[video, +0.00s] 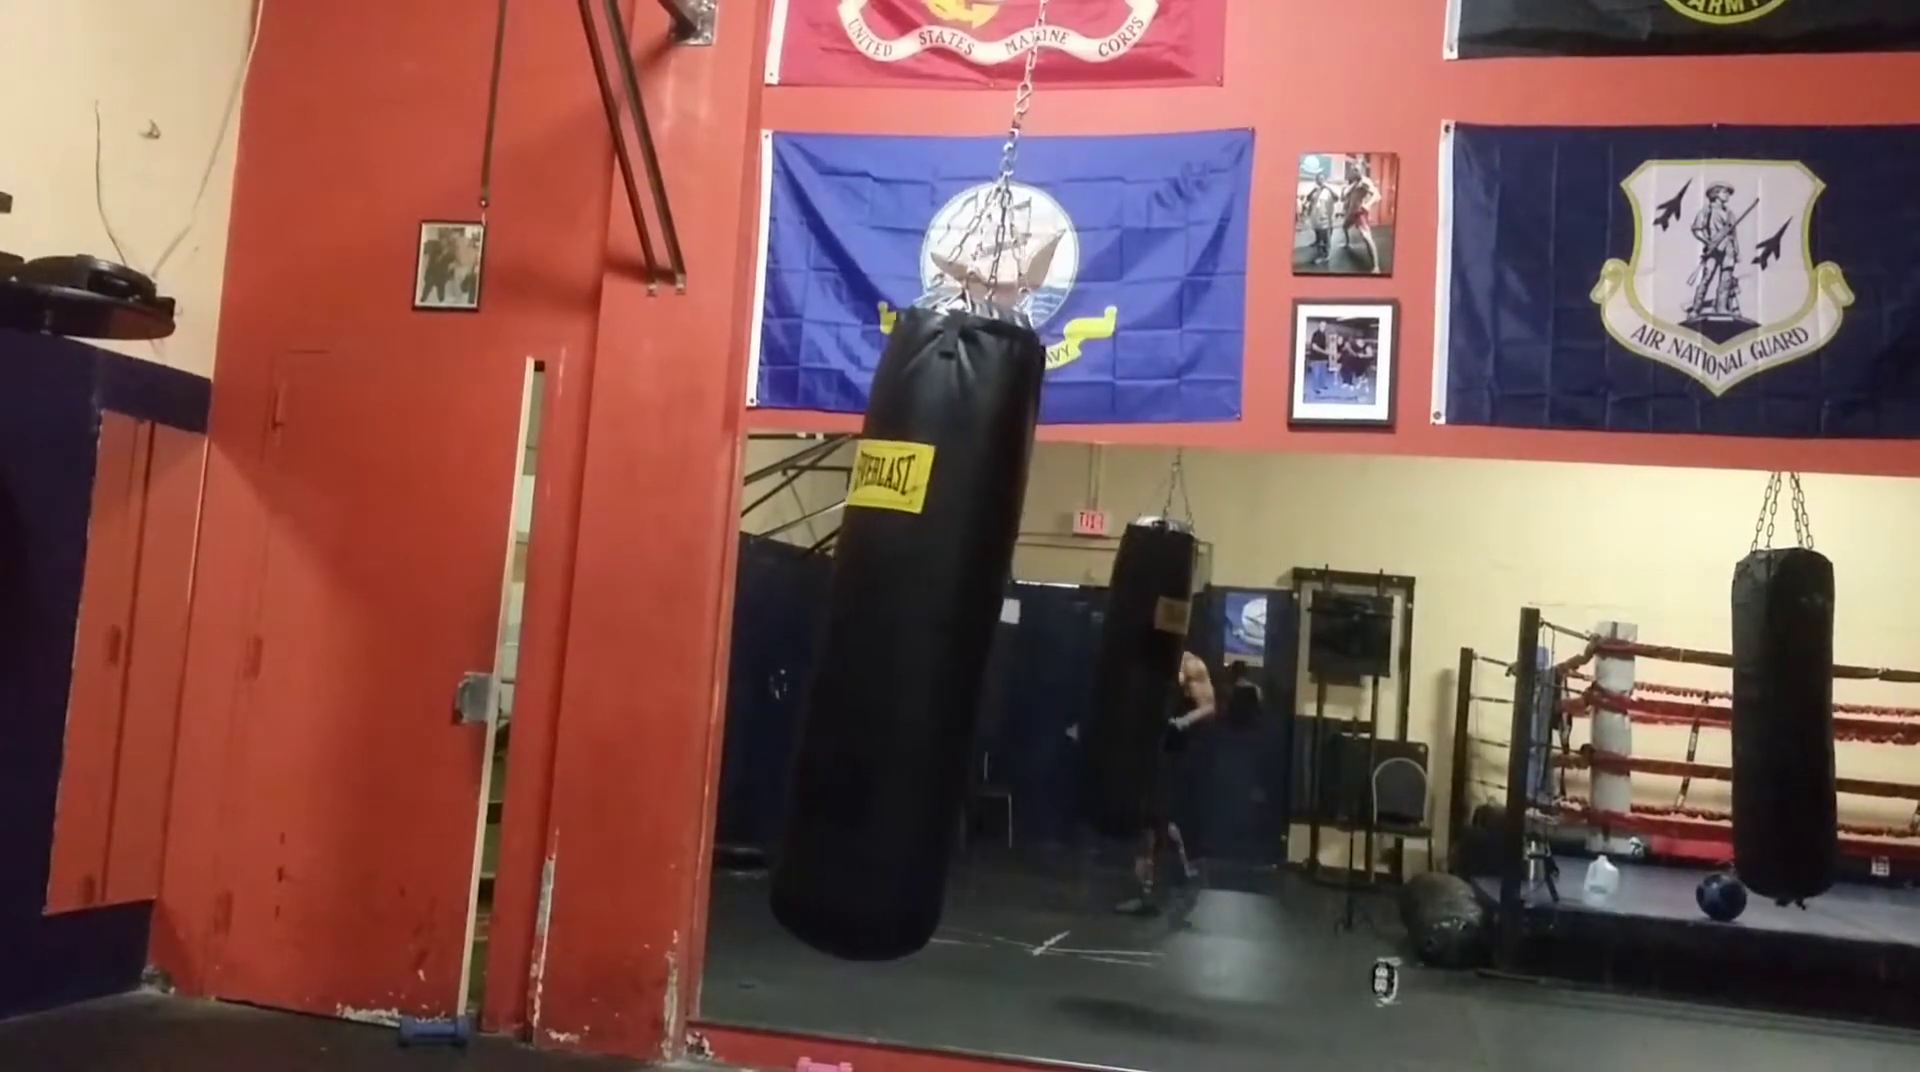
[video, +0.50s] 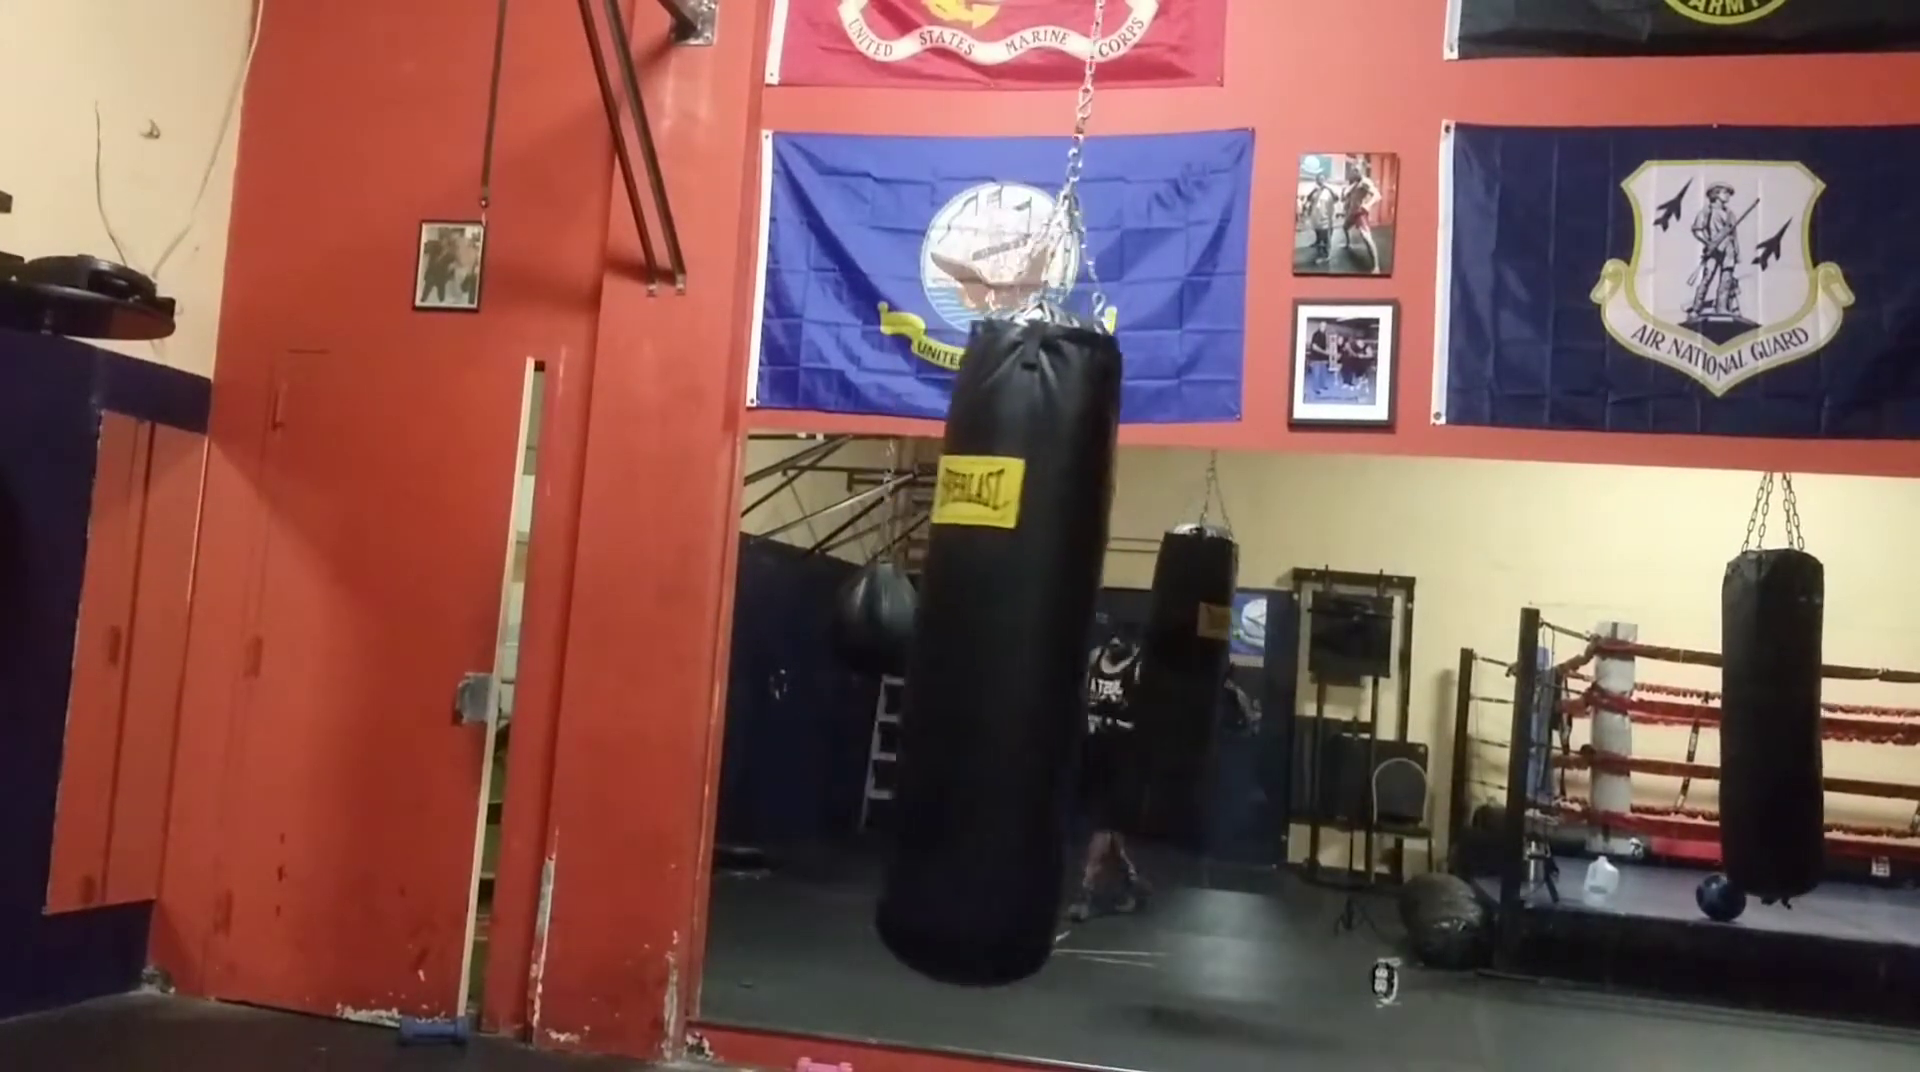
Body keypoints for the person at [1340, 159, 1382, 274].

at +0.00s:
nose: (1350, 175)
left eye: (1352, 172)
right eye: (1349, 173)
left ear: (1357, 173)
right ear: (1350, 174)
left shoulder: (1364, 182)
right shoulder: (1351, 185)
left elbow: (1376, 195)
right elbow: (1343, 198)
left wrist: (1366, 205)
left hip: (1360, 211)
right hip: (1351, 212)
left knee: (1366, 236)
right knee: (1345, 227)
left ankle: (1375, 266)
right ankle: (1347, 243)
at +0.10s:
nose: (1349, 175)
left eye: (1352, 172)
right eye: (1349, 172)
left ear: (1357, 172)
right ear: (1351, 173)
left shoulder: (1364, 182)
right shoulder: (1352, 184)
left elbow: (1376, 195)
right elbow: (1344, 198)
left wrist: (1367, 205)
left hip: (1361, 211)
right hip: (1351, 211)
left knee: (1366, 235)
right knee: (1345, 227)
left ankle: (1376, 266)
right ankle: (1347, 243)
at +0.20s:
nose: (1349, 176)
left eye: (1351, 173)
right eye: (1349, 174)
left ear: (1356, 173)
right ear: (1351, 174)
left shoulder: (1364, 182)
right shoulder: (1351, 185)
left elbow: (1376, 195)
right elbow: (1344, 198)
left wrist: (1367, 206)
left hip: (1360, 211)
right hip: (1351, 211)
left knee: (1366, 236)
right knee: (1345, 227)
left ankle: (1376, 267)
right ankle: (1347, 243)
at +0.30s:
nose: (1351, 175)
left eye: (1353, 172)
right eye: (1350, 172)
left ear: (1358, 173)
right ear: (1351, 174)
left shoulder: (1365, 182)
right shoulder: (1352, 185)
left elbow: (1376, 195)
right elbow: (1344, 198)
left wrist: (1367, 206)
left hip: (1361, 211)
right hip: (1351, 212)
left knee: (1366, 236)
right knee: (1345, 227)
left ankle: (1376, 266)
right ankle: (1348, 243)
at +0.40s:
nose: (1350, 176)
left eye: (1352, 172)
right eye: (1350, 173)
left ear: (1357, 173)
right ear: (1351, 174)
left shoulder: (1365, 182)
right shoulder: (1352, 185)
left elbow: (1376, 195)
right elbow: (1345, 198)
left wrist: (1367, 205)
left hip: (1361, 211)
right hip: (1352, 211)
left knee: (1366, 236)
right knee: (1345, 227)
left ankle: (1376, 266)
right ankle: (1348, 243)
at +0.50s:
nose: (1350, 175)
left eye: (1353, 172)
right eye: (1350, 172)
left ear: (1357, 173)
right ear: (1351, 174)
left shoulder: (1364, 182)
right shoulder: (1352, 185)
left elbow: (1376, 195)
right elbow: (1344, 199)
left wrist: (1367, 206)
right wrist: (1343, 191)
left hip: (1361, 212)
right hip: (1351, 212)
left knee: (1366, 236)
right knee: (1345, 227)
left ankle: (1376, 266)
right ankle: (1348, 243)